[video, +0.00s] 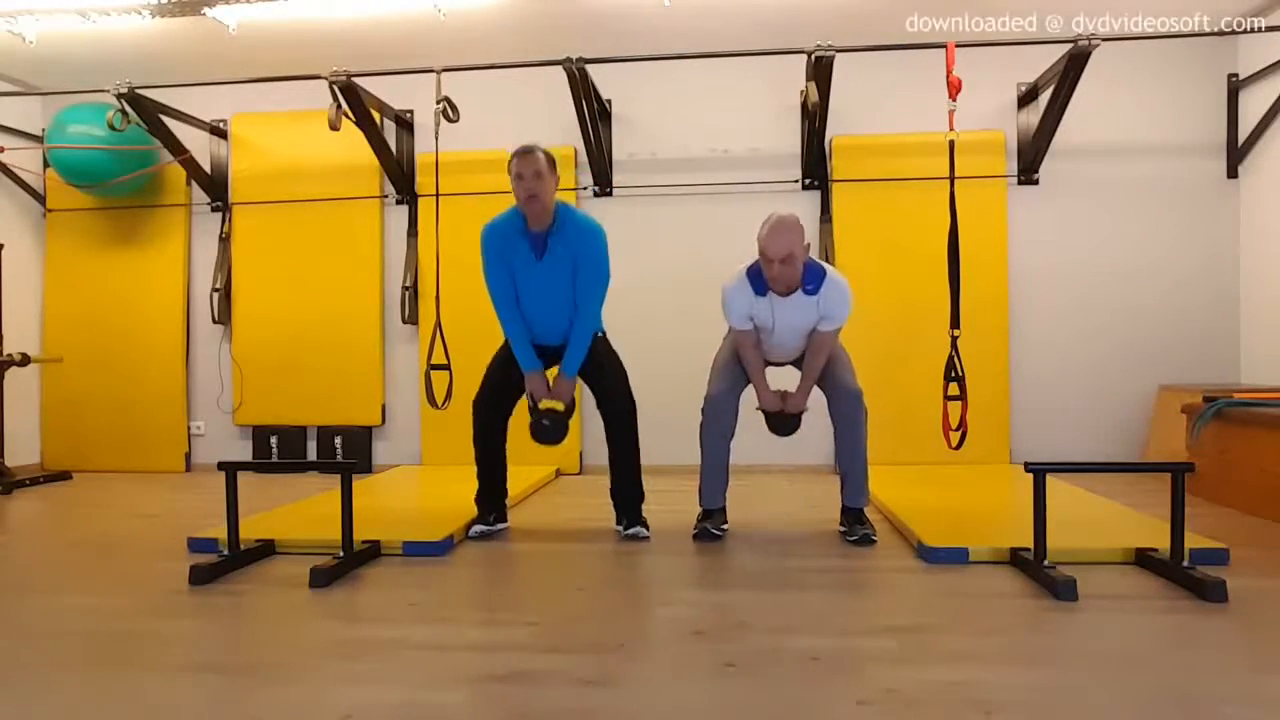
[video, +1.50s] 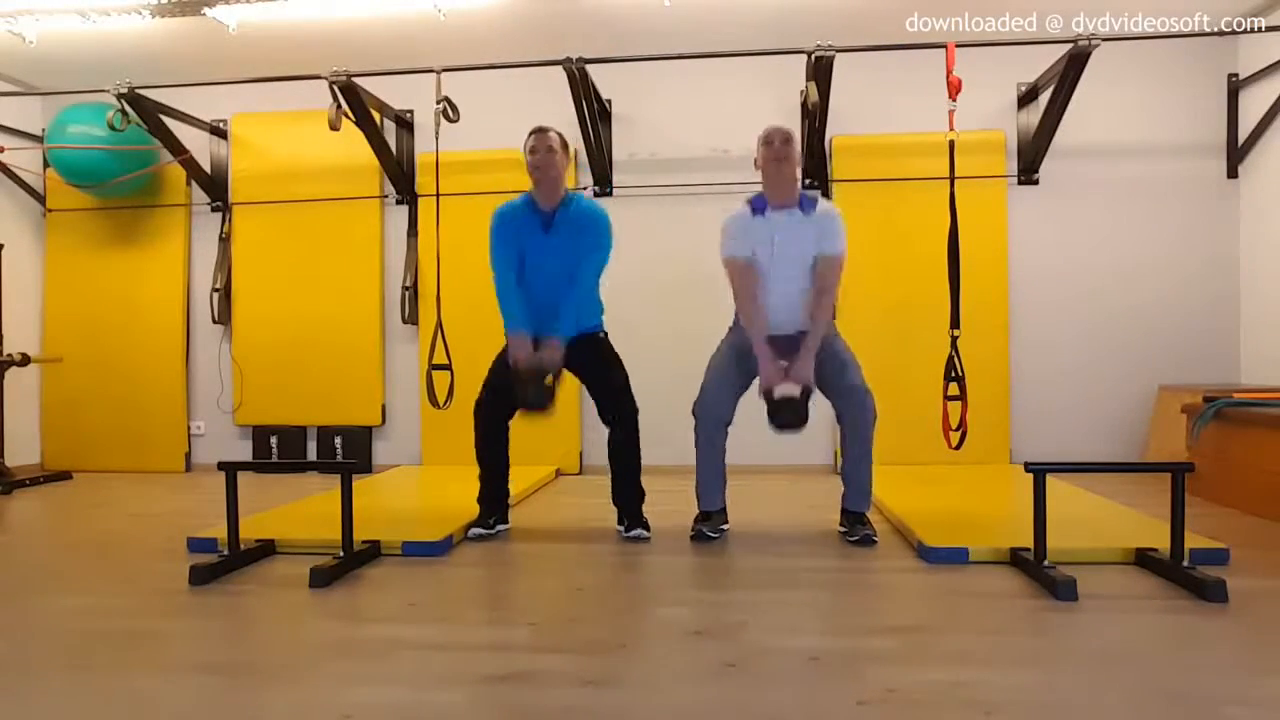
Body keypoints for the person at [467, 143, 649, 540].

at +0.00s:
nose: (527, 186)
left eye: (536, 177)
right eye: (519, 178)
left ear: (555, 181)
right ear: (511, 185)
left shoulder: (587, 233)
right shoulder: (496, 235)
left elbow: (589, 313)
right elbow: (507, 311)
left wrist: (568, 373)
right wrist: (530, 368)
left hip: (582, 341)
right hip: (524, 343)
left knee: (620, 408)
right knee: (487, 410)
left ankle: (630, 514)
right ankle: (492, 512)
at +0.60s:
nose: (538, 135)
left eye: (546, 128)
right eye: (531, 129)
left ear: (563, 139)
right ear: (521, 140)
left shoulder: (586, 195)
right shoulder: (500, 194)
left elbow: (577, 260)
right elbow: (496, 256)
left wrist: (552, 311)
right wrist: (509, 310)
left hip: (569, 320)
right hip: (512, 320)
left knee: (603, 413)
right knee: (491, 413)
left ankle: (629, 515)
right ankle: (491, 512)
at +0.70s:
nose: (544, 134)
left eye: (552, 128)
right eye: (537, 128)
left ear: (567, 140)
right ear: (527, 139)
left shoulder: (587, 187)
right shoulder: (503, 187)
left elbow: (575, 227)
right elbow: (493, 227)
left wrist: (543, 253)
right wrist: (503, 255)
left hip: (566, 317)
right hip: (514, 316)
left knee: (598, 415)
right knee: (498, 415)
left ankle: (629, 515)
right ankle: (492, 513)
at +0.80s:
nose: (548, 138)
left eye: (556, 133)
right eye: (541, 134)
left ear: (570, 146)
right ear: (529, 146)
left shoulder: (588, 184)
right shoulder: (512, 182)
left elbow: (580, 194)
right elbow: (492, 199)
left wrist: (538, 199)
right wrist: (503, 209)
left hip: (568, 317)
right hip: (516, 313)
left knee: (598, 417)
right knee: (501, 416)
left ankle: (630, 517)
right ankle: (493, 515)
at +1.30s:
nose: (549, 135)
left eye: (556, 129)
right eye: (541, 130)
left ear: (572, 139)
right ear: (531, 140)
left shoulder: (593, 187)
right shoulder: (515, 186)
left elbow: (583, 215)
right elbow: (497, 216)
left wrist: (542, 218)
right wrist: (513, 216)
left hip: (580, 324)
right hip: (526, 323)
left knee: (609, 418)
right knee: (502, 418)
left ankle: (630, 515)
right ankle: (493, 514)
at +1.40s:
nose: (547, 143)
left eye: (555, 137)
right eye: (540, 138)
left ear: (571, 148)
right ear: (530, 149)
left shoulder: (594, 203)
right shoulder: (510, 201)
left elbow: (581, 250)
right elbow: (502, 246)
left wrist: (549, 278)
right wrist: (509, 277)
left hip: (582, 331)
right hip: (529, 333)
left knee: (616, 415)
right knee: (495, 412)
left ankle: (630, 514)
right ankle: (493, 513)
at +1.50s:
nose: (543, 156)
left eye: (551, 150)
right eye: (536, 151)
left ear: (567, 161)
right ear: (525, 164)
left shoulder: (593, 218)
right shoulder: (507, 217)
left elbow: (585, 284)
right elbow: (505, 281)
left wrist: (560, 338)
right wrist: (517, 335)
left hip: (581, 335)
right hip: (525, 336)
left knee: (622, 410)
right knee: (489, 411)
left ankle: (631, 514)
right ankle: (493, 512)